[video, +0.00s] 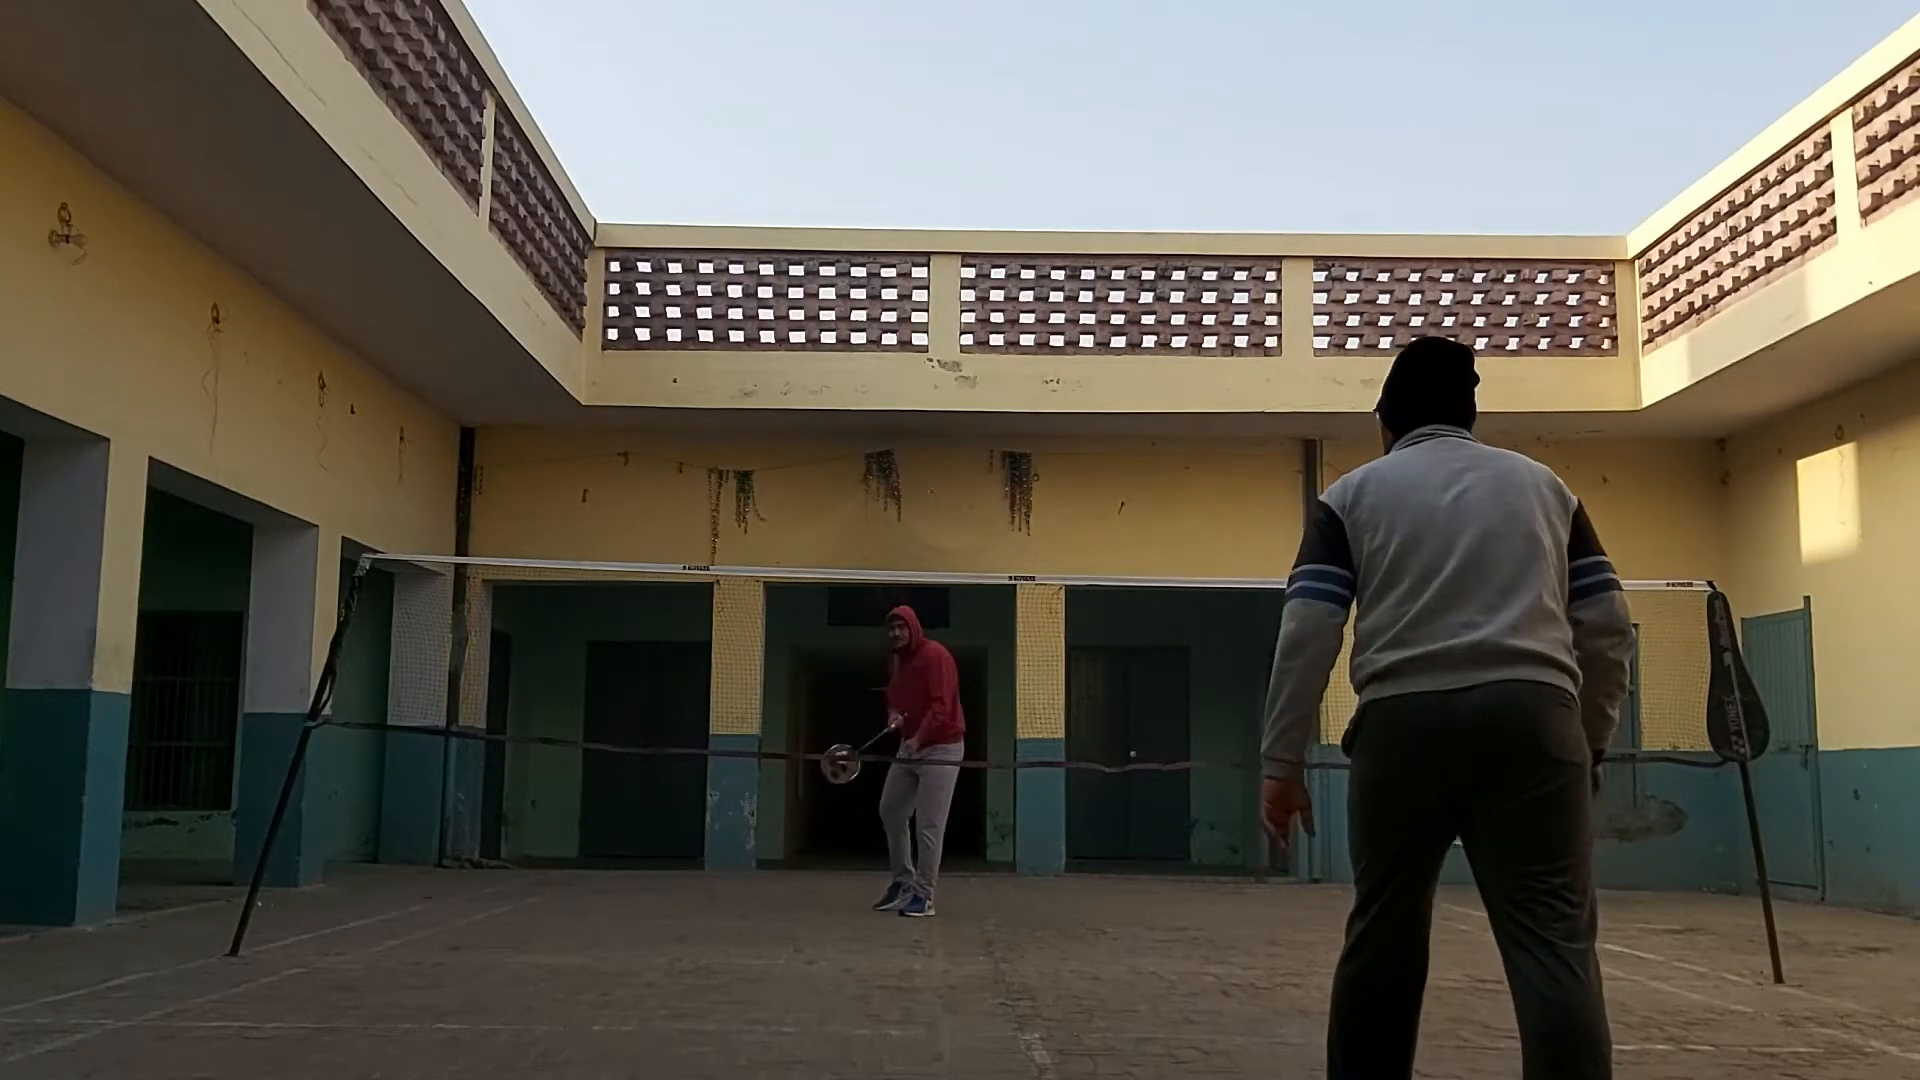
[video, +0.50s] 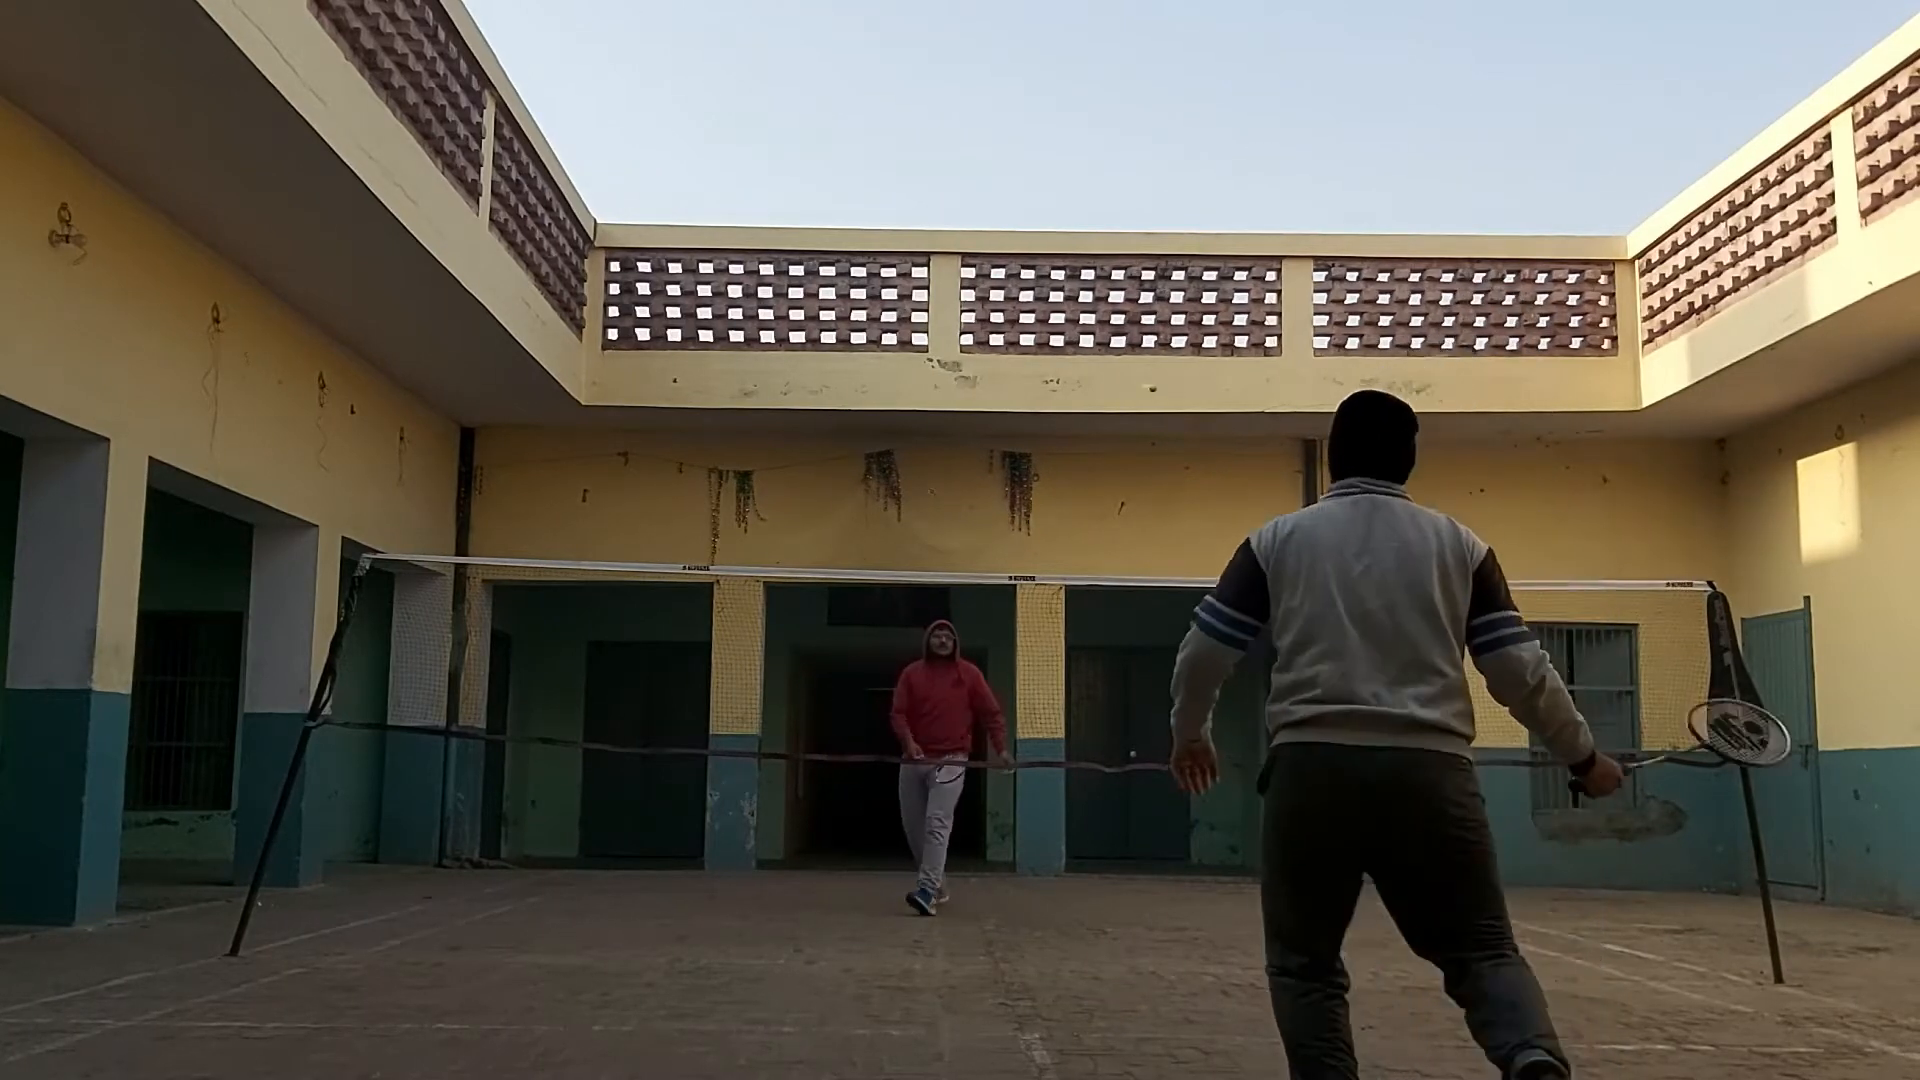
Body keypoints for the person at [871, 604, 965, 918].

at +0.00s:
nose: (897, 632)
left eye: (902, 627)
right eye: (893, 628)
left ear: (915, 628)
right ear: (890, 632)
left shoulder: (936, 655)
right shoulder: (899, 660)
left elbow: (942, 708)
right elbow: (896, 698)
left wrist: (918, 739)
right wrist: (895, 715)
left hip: (941, 751)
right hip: (910, 749)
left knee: (929, 823)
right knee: (891, 812)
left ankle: (924, 894)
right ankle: (902, 882)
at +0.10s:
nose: (906, 630)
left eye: (911, 624)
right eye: (901, 625)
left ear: (922, 627)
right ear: (896, 630)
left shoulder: (943, 656)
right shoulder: (897, 660)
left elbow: (953, 703)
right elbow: (887, 702)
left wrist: (949, 743)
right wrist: (904, 702)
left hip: (941, 750)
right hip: (909, 748)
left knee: (930, 823)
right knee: (890, 811)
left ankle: (924, 895)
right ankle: (908, 880)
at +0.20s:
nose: (917, 629)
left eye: (922, 624)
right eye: (912, 625)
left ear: (932, 628)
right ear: (905, 630)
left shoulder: (952, 657)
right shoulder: (900, 659)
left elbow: (967, 701)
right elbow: (889, 702)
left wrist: (972, 742)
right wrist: (914, 695)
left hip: (943, 751)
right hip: (908, 749)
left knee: (929, 824)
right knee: (892, 814)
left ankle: (924, 894)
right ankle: (919, 872)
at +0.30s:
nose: (928, 631)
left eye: (933, 626)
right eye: (923, 626)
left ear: (942, 631)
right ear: (915, 632)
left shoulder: (959, 661)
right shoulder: (904, 662)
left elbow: (982, 701)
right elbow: (892, 702)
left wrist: (990, 739)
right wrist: (918, 704)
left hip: (943, 753)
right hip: (908, 752)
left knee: (927, 824)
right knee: (899, 820)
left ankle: (922, 895)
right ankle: (931, 868)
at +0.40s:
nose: (937, 636)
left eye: (942, 632)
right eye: (932, 632)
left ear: (950, 638)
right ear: (923, 637)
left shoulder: (965, 668)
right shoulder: (908, 668)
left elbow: (991, 706)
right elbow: (894, 709)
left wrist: (1000, 741)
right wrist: (916, 721)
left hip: (945, 757)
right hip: (910, 757)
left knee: (928, 822)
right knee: (904, 824)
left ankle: (923, 895)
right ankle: (931, 878)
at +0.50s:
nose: (942, 640)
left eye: (947, 636)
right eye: (937, 636)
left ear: (954, 642)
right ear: (928, 641)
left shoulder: (968, 673)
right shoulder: (912, 673)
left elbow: (992, 712)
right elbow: (898, 714)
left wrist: (1000, 749)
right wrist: (908, 741)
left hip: (951, 760)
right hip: (915, 760)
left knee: (937, 823)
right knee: (913, 825)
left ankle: (927, 891)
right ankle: (936, 884)